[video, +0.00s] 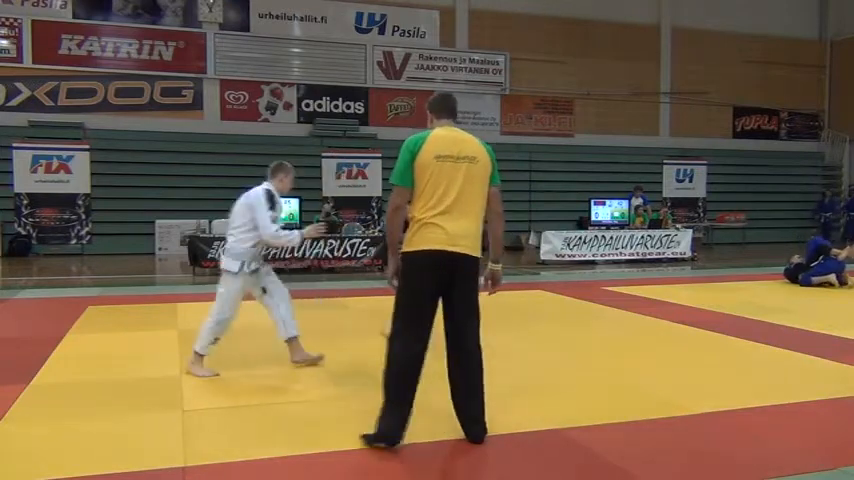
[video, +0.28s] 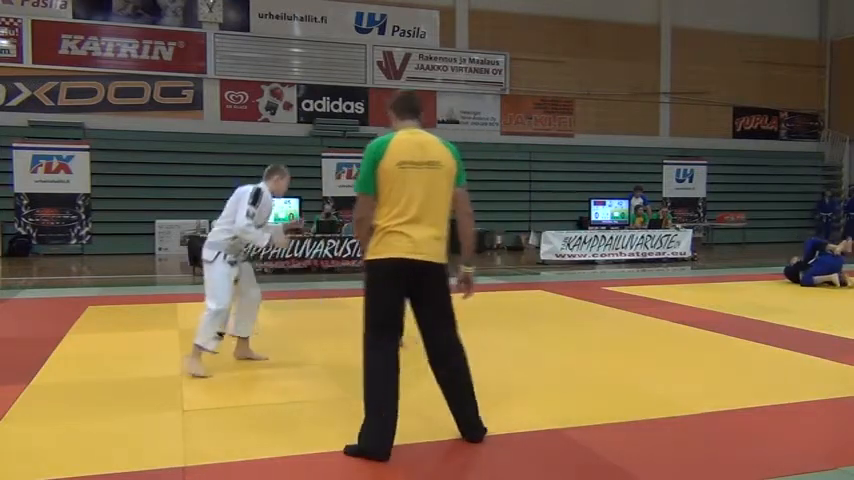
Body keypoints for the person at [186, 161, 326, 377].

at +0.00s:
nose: (292, 185)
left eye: (292, 180)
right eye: (291, 180)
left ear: (278, 177)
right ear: (281, 178)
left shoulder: (273, 200)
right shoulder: (259, 196)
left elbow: (268, 234)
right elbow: (269, 235)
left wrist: (300, 235)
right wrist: (303, 235)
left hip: (256, 265)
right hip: (236, 264)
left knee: (280, 298)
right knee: (223, 314)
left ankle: (296, 351)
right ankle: (196, 360)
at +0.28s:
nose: (287, 188)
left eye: (288, 183)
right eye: (286, 182)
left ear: (274, 178)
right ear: (277, 179)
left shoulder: (266, 201)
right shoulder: (252, 192)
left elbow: (257, 228)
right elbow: (241, 227)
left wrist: (283, 229)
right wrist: (270, 238)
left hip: (240, 255)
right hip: (219, 252)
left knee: (251, 296)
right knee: (219, 305)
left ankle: (242, 347)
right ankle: (195, 357)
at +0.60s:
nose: (254, 197)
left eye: (255, 193)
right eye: (253, 192)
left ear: (242, 188)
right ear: (242, 188)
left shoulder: (237, 211)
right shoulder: (221, 205)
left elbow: (226, 244)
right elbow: (221, 245)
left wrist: (252, 250)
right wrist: (254, 251)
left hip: (214, 267)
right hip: (193, 266)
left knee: (236, 295)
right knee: (183, 321)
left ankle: (241, 348)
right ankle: (140, 369)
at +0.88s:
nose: (230, 182)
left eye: (231, 177)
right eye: (229, 176)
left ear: (217, 171)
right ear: (217, 171)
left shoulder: (210, 195)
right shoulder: (192, 188)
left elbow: (205, 225)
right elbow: (200, 227)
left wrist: (234, 226)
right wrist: (235, 228)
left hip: (186, 260)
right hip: (165, 257)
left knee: (201, 299)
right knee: (154, 312)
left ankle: (189, 354)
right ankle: (131, 369)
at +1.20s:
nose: (230, 189)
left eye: (231, 184)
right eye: (230, 183)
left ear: (217, 178)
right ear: (218, 178)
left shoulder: (210, 202)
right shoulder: (190, 193)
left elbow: (204, 233)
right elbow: (197, 231)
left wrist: (233, 233)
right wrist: (233, 234)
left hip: (186, 259)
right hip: (164, 257)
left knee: (204, 297)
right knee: (161, 310)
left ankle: (204, 350)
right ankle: (133, 367)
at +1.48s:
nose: (221, 187)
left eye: (221, 182)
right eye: (220, 182)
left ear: (208, 179)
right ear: (210, 179)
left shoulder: (203, 201)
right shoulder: (186, 194)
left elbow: (203, 228)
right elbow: (185, 234)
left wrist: (228, 230)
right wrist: (217, 247)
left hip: (180, 260)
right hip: (159, 259)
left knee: (194, 301)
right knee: (152, 313)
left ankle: (202, 351)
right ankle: (122, 371)